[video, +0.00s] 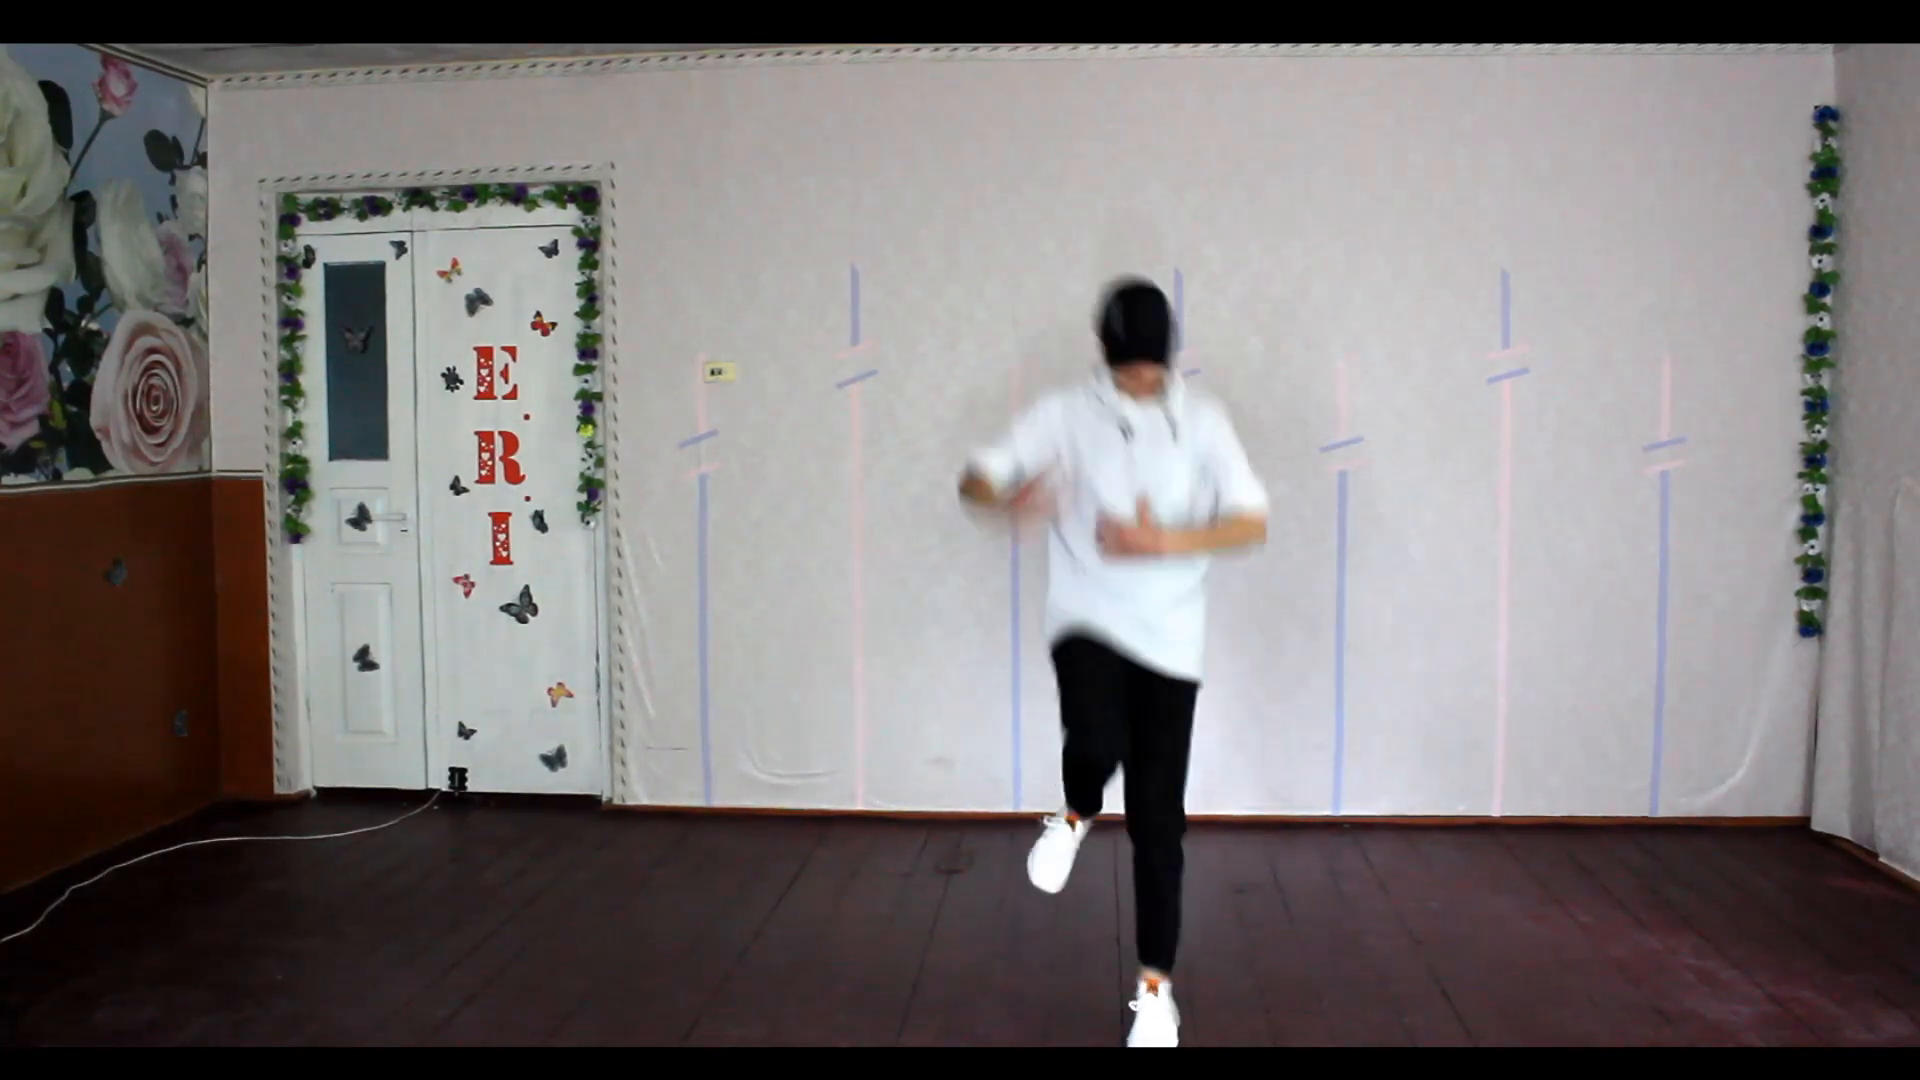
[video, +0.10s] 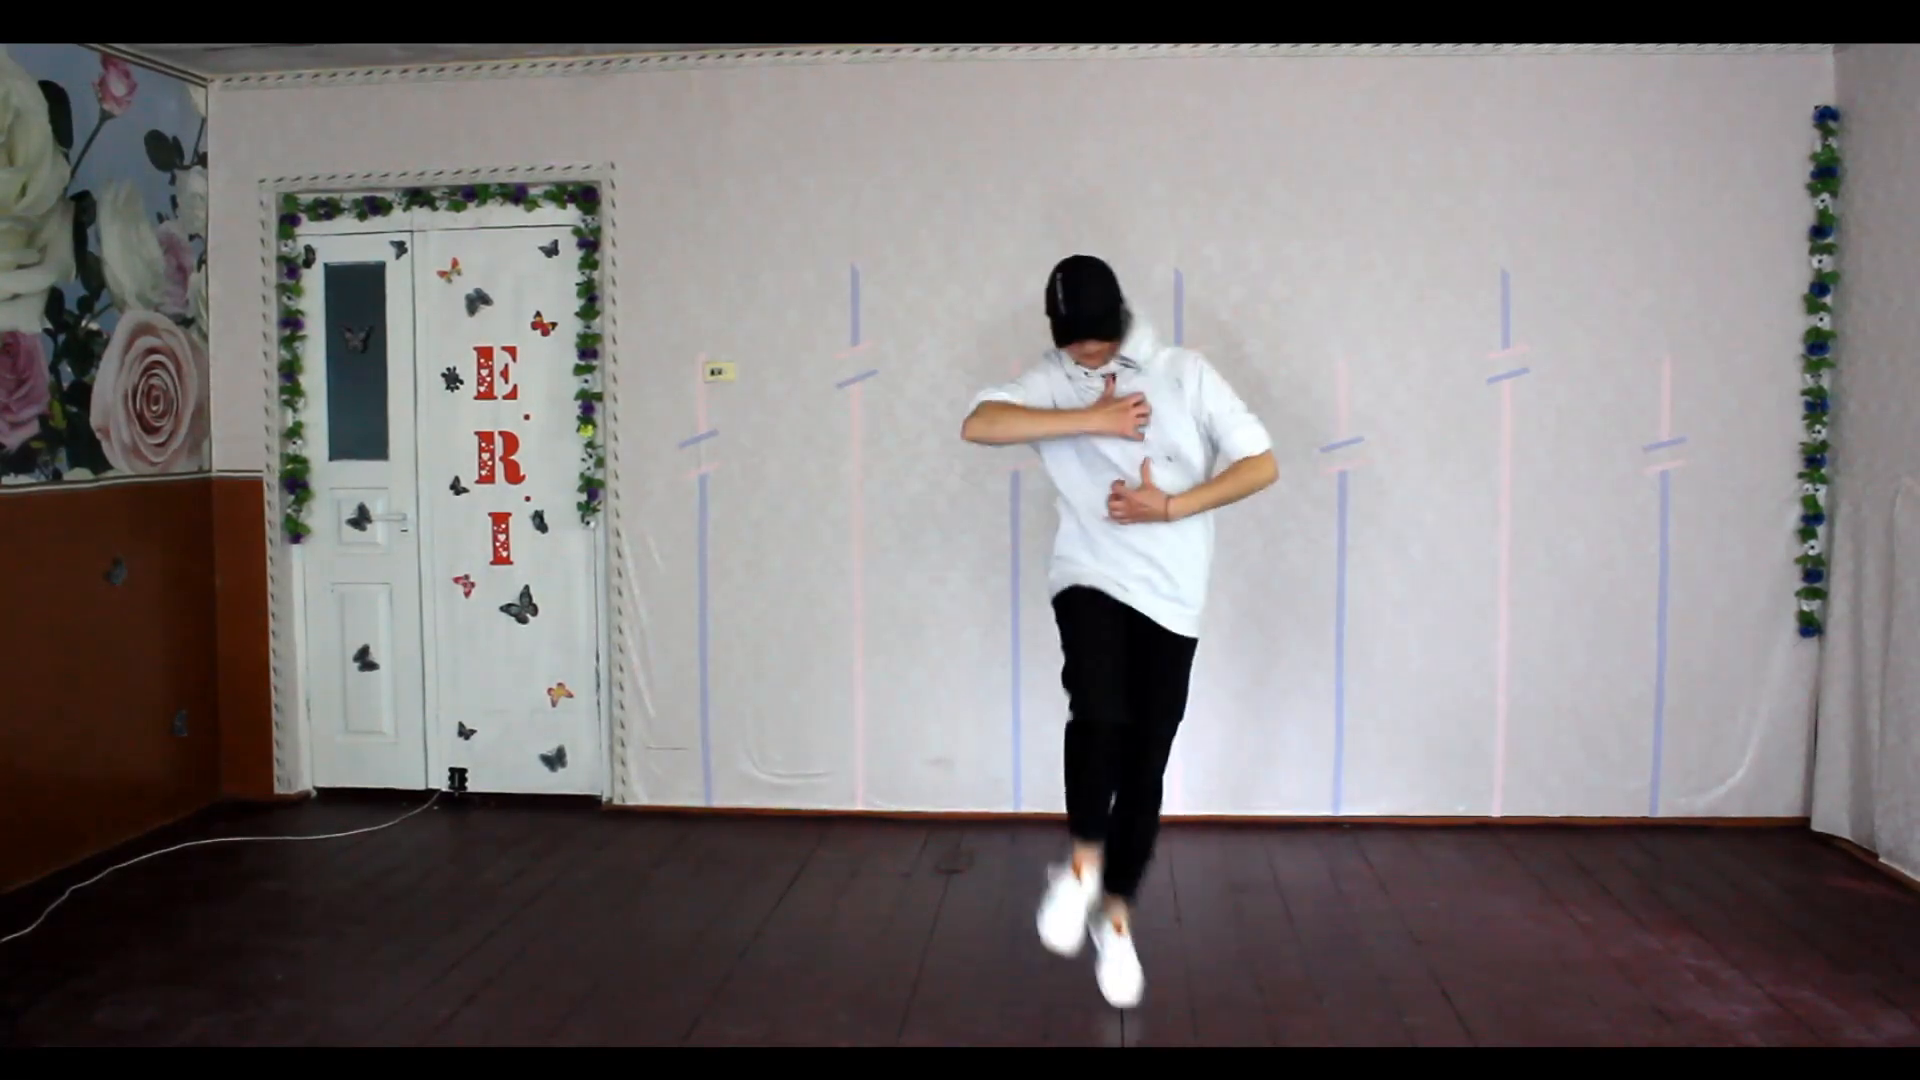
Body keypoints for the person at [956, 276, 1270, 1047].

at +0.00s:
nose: (1145, 377)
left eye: (1156, 363)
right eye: (1132, 365)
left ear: (1172, 352)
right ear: (1108, 354)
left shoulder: (1200, 416)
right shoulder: (1069, 412)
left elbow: (1251, 521)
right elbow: (975, 479)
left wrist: (1157, 540)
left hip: (1169, 635)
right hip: (1087, 618)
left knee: (1156, 818)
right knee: (1094, 741)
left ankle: (1154, 985)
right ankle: (1076, 821)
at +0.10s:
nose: (1092, 360)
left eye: (1101, 349)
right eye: (1077, 351)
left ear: (1122, 323)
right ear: (1058, 335)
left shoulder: (1183, 374)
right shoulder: (1052, 377)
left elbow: (1260, 465)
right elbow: (979, 425)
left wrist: (1170, 504)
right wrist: (1092, 418)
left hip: (1169, 593)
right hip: (1089, 576)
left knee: (1145, 759)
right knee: (1098, 718)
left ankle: (1117, 918)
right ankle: (1081, 867)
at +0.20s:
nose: (1096, 361)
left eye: (1107, 348)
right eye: (1082, 349)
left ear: (1128, 327)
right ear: (1063, 334)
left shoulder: (1182, 379)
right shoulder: (1054, 385)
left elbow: (1257, 470)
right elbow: (979, 434)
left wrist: (1165, 504)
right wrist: (1092, 424)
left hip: (1170, 609)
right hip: (1087, 599)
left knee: (1143, 769)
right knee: (1098, 754)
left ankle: (1103, 919)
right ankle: (1101, 925)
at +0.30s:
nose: (1143, 392)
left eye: (1156, 381)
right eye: (1130, 380)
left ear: (1173, 365)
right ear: (1107, 359)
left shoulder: (1189, 420)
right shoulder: (1062, 417)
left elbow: (1239, 501)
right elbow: (968, 475)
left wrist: (1130, 525)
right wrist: (1080, 468)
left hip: (1164, 659)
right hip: (1081, 658)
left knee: (1129, 811)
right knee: (1105, 818)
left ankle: (1093, 923)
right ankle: (1126, 971)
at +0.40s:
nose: (1123, 395)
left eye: (1128, 379)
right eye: (1112, 381)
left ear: (1132, 360)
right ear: (1098, 365)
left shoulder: (1190, 424)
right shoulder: (1057, 424)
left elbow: (1250, 506)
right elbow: (979, 469)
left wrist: (1147, 530)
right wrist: (1092, 466)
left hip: (1163, 659)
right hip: (1078, 659)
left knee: (1129, 818)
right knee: (1102, 826)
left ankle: (1097, 931)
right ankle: (1125, 976)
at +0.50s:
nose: (1111, 398)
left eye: (1120, 383)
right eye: (1097, 387)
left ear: (1138, 361)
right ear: (1075, 372)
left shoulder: (1185, 420)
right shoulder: (1052, 424)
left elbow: (1254, 499)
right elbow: (967, 477)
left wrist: (1153, 535)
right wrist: (1075, 464)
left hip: (1167, 662)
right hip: (1080, 662)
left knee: (1152, 823)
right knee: (1099, 828)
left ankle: (1119, 901)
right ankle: (1122, 976)